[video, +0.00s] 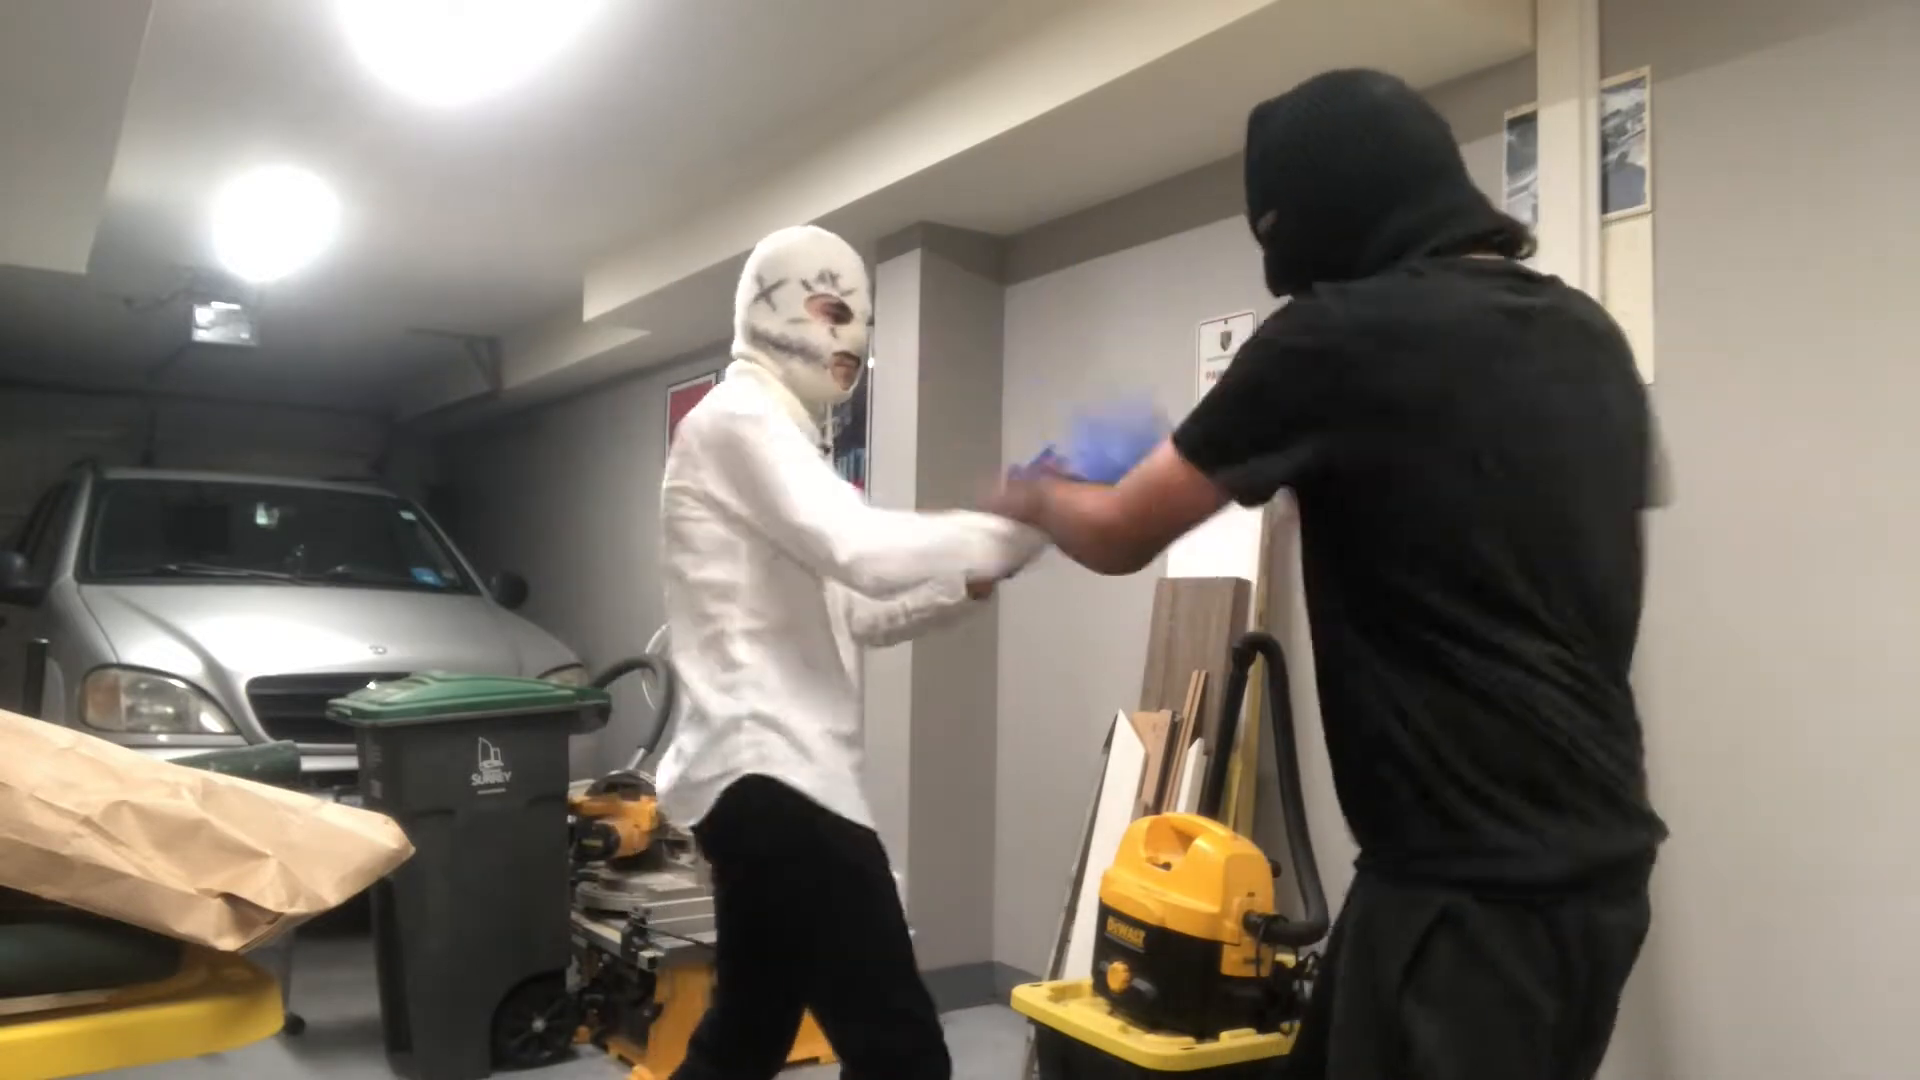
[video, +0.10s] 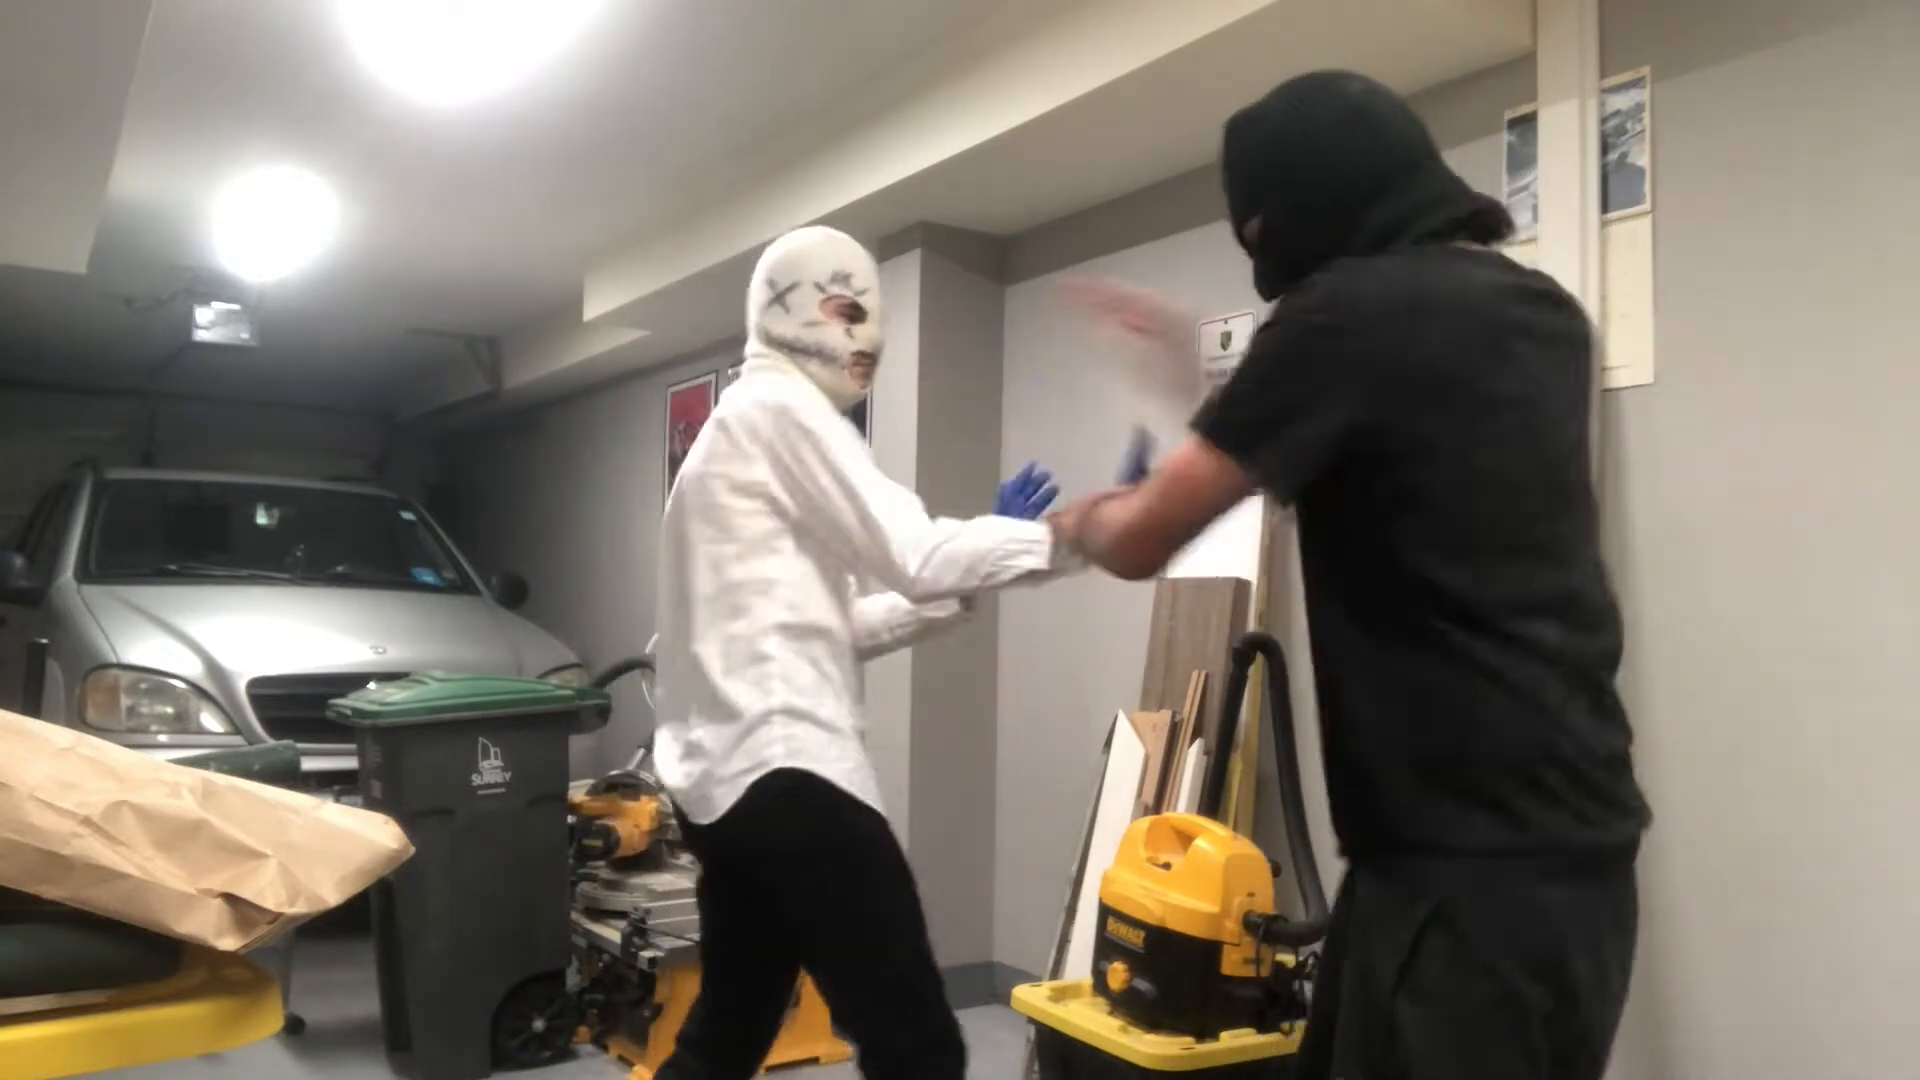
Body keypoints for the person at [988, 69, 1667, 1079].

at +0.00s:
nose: (1268, 248)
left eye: (1269, 219)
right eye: (1263, 221)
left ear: (1310, 207)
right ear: (1431, 173)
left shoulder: (1331, 337)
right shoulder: (1584, 329)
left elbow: (1115, 533)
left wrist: (1040, 495)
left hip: (1449, 894)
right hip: (1599, 883)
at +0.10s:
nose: (1251, 251)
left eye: (1251, 226)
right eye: (1246, 230)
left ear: (1295, 207)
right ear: (1399, 169)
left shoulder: (1340, 318)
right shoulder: (1545, 310)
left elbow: (1136, 541)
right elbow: (1374, 444)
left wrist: (1087, 515)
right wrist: (1202, 369)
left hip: (1447, 877)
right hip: (1575, 865)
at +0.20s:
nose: (1244, 262)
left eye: (1244, 229)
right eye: (1233, 236)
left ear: (1306, 191)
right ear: (1340, 179)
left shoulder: (1437, 286)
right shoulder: (1387, 290)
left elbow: (1195, 529)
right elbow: (1231, 423)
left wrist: (1126, 489)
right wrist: (1081, 502)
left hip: (1512, 827)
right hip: (1405, 810)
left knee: (1427, 1061)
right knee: (1327, 1054)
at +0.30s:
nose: (1210, 266)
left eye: (1218, 231)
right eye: (1200, 238)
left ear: (1292, 201)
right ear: (1295, 206)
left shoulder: (1481, 296)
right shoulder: (1304, 340)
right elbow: (1225, 470)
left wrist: (1229, 502)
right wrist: (1114, 614)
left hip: (1484, 829)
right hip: (1332, 812)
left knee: (1449, 1059)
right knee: (1279, 1055)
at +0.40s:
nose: (1163, 300)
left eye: (1170, 260)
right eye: (1151, 268)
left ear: (1246, 224)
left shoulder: (1471, 339)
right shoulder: (1258, 378)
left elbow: (1472, 612)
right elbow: (1249, 584)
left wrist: (1207, 492)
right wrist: (1215, 713)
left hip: (1465, 867)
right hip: (1283, 839)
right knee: (1156, 1054)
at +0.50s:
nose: (1119, 317)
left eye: (1123, 277)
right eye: (1106, 286)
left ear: (1199, 241)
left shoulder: (1415, 360)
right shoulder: (1218, 385)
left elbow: (1443, 681)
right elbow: (1225, 644)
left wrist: (1205, 535)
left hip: (1393, 911)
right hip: (1204, 883)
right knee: (1107, 1060)